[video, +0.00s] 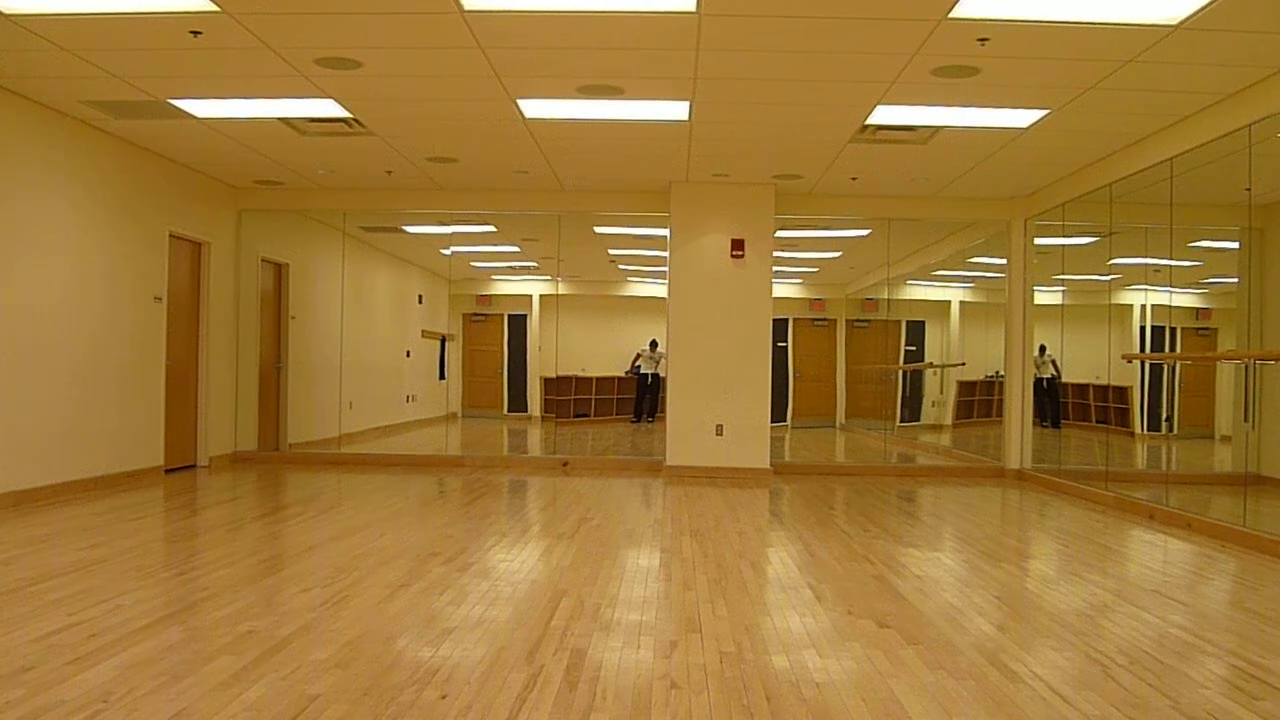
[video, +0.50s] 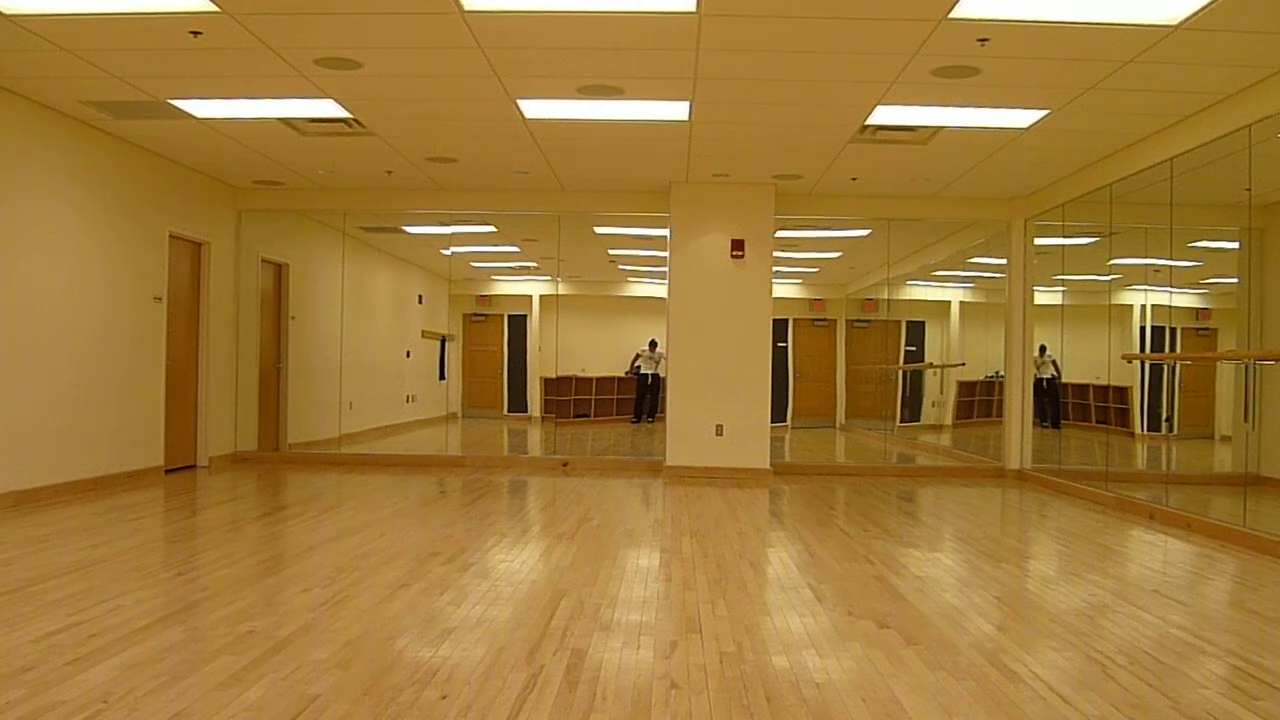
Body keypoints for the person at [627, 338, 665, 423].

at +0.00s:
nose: (652, 351)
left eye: (654, 349)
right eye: (651, 349)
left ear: (657, 348)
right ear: (649, 347)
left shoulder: (660, 354)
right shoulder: (643, 351)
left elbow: (669, 361)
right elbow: (635, 360)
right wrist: (631, 369)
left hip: (654, 373)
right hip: (643, 373)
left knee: (654, 396)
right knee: (640, 395)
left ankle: (651, 416)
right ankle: (637, 416)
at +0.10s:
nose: (652, 351)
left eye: (654, 350)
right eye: (651, 349)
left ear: (656, 348)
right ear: (649, 347)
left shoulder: (660, 354)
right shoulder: (643, 352)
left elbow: (668, 361)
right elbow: (634, 360)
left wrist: (668, 374)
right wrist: (631, 370)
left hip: (654, 373)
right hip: (643, 373)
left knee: (654, 396)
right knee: (640, 395)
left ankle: (651, 416)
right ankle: (637, 416)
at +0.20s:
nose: (652, 351)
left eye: (654, 350)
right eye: (651, 349)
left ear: (656, 348)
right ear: (648, 347)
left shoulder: (660, 354)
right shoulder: (643, 352)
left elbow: (668, 361)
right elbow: (634, 360)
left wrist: (668, 374)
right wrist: (631, 370)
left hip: (654, 373)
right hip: (643, 373)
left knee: (654, 396)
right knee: (640, 395)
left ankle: (651, 416)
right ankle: (637, 416)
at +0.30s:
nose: (652, 351)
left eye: (654, 349)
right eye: (651, 349)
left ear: (656, 348)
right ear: (648, 347)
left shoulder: (660, 354)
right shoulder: (642, 352)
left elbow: (668, 361)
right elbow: (634, 360)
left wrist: (668, 373)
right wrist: (631, 369)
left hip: (654, 373)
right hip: (643, 373)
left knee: (654, 396)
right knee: (640, 395)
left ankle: (651, 416)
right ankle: (637, 416)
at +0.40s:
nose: (652, 351)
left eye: (654, 349)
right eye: (651, 349)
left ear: (656, 348)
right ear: (648, 347)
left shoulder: (660, 354)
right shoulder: (642, 352)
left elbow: (668, 361)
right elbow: (634, 360)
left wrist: (668, 373)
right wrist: (631, 369)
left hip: (654, 373)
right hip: (643, 373)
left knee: (654, 396)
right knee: (640, 395)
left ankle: (651, 416)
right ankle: (637, 416)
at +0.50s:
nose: (652, 351)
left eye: (654, 349)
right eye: (651, 349)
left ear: (656, 348)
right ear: (648, 347)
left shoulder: (660, 354)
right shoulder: (642, 352)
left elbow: (668, 361)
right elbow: (634, 359)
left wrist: (668, 373)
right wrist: (631, 369)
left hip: (654, 373)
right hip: (643, 373)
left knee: (654, 396)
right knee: (640, 395)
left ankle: (651, 416)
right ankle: (637, 416)